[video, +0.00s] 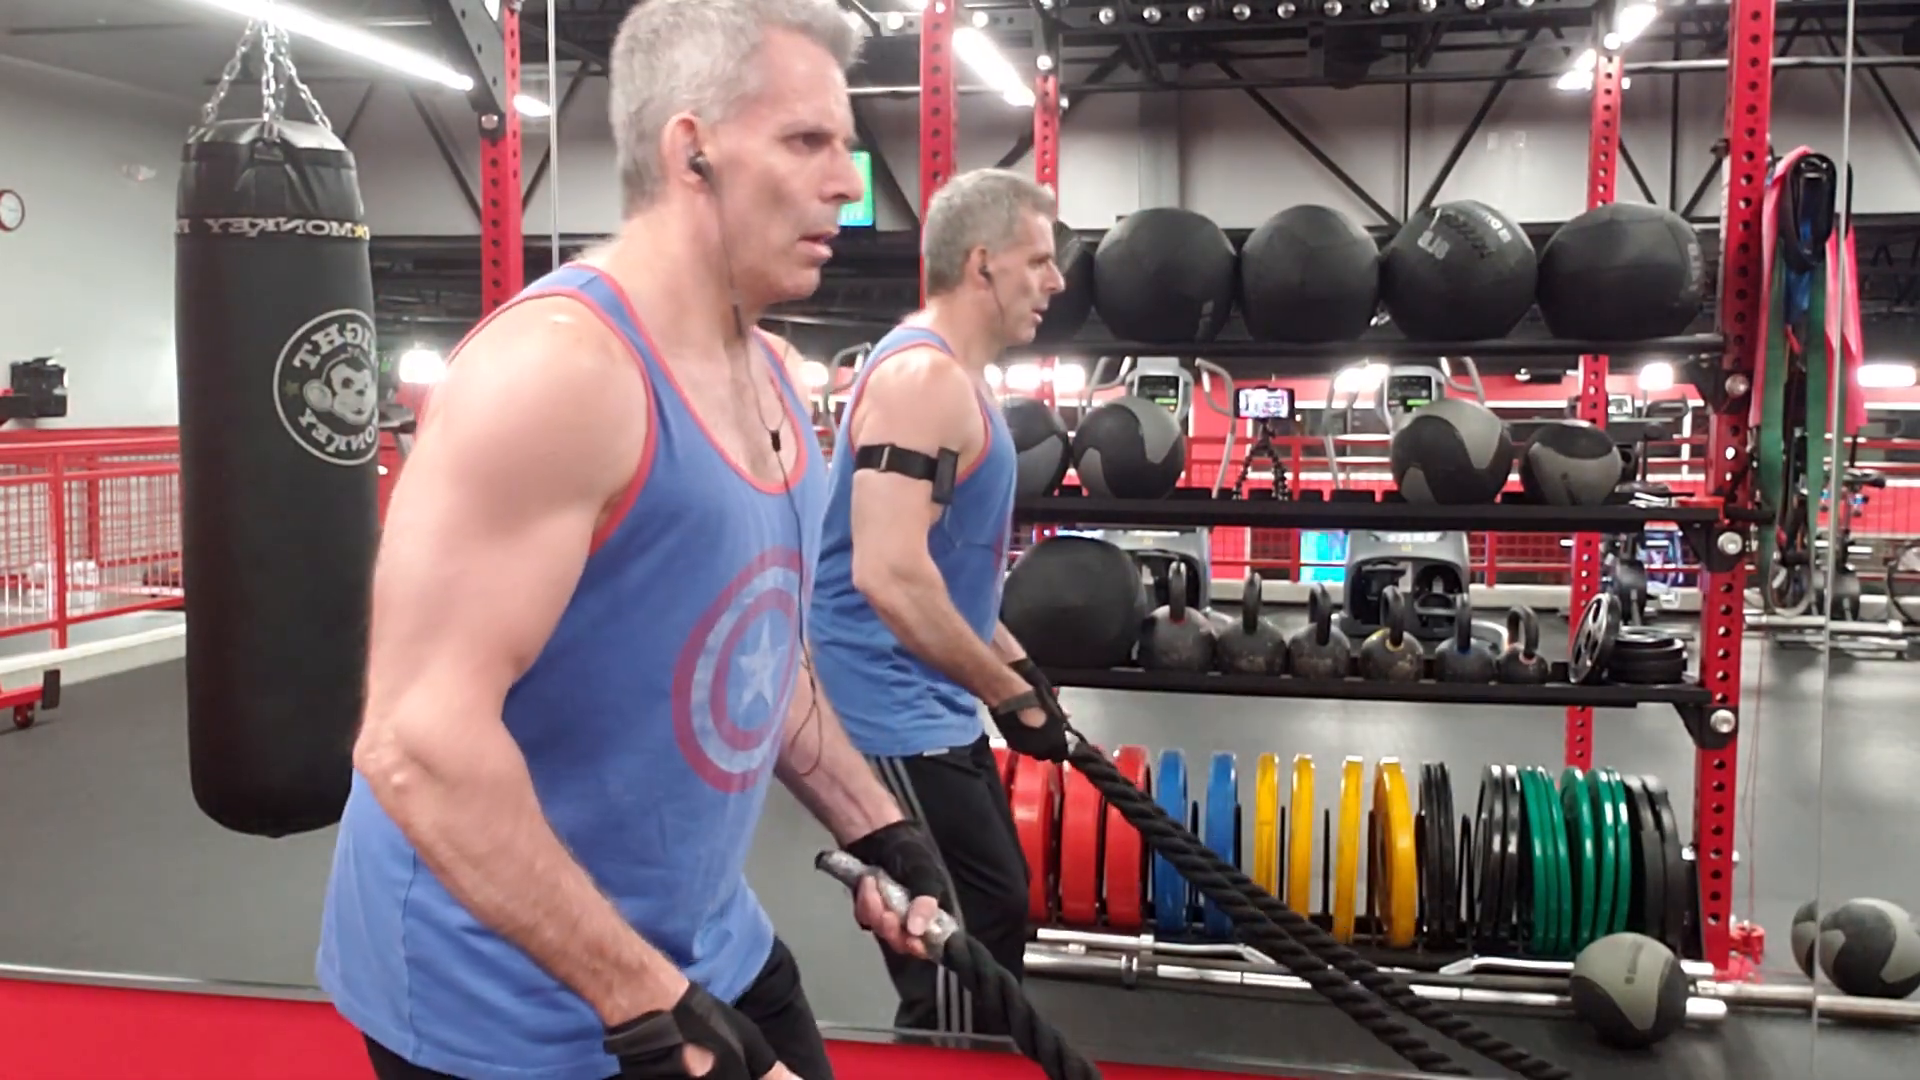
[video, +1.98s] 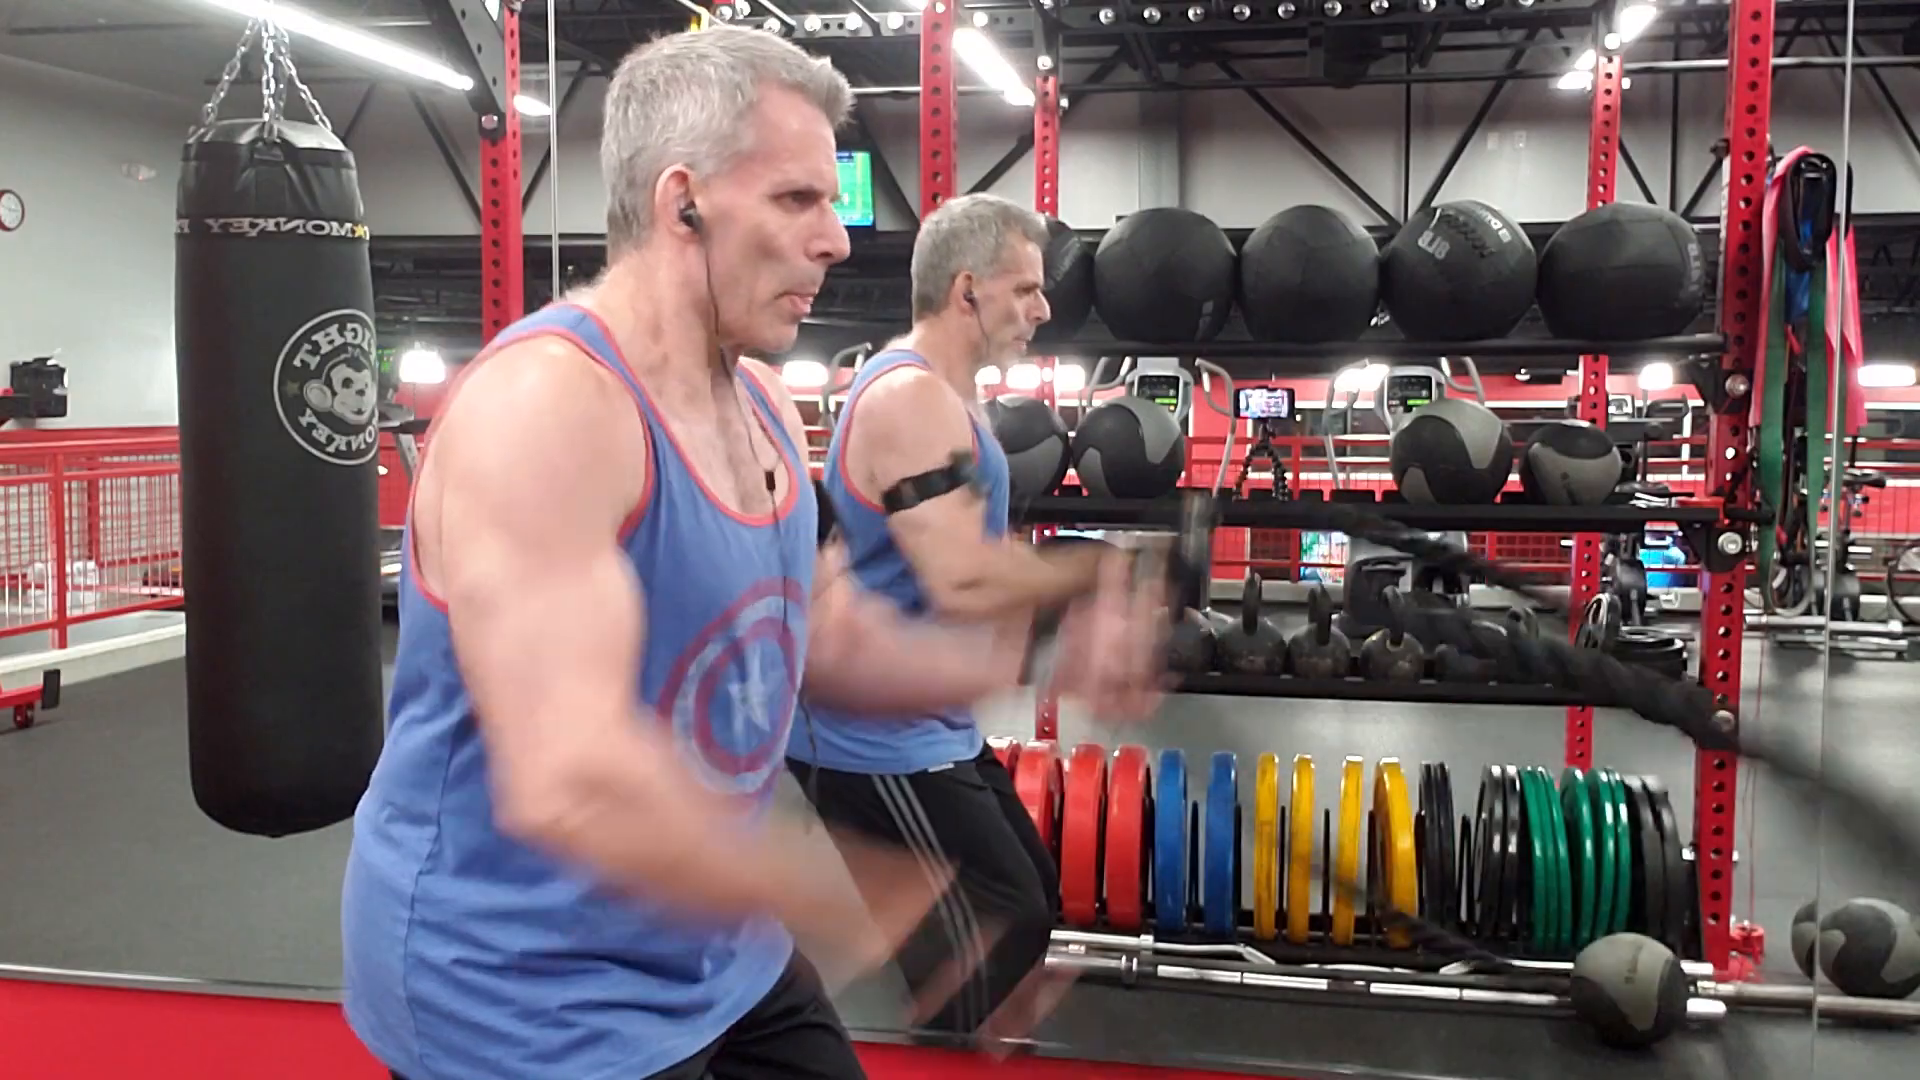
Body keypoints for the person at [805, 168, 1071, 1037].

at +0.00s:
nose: (1055, 284)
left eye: (1055, 263)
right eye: (1040, 261)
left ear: (989, 268)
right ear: (982, 265)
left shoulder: (955, 378)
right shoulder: (923, 377)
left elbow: (948, 571)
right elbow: (889, 574)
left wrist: (1017, 669)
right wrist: (1006, 696)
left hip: (939, 717)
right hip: (894, 725)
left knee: (986, 930)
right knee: (984, 928)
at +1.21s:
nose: (1034, 285)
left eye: (1034, 264)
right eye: (1020, 262)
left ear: (966, 269)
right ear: (963, 267)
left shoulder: (943, 391)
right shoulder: (899, 393)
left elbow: (1000, 543)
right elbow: (871, 594)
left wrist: (1105, 612)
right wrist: (989, 721)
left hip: (924, 743)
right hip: (874, 752)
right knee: (989, 945)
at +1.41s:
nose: (1037, 296)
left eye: (1037, 275)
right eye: (1023, 273)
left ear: (971, 281)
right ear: (965, 277)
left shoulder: (943, 393)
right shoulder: (906, 392)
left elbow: (1000, 540)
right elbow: (884, 585)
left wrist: (1135, 539)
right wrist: (1011, 692)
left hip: (919, 708)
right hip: (871, 714)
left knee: (1012, 911)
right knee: (993, 922)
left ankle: (960, 1058)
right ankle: (952, 1063)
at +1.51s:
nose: (1034, 297)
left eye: (1035, 277)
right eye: (1019, 275)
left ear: (959, 279)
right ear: (957, 276)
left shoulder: (947, 393)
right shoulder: (898, 386)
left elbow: (946, 577)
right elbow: (916, 570)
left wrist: (1031, 659)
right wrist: (1076, 589)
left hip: (926, 715)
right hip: (866, 725)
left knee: (1022, 907)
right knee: (976, 929)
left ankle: (979, 1061)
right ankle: (952, 1068)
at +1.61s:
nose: (1032, 301)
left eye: (1032, 281)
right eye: (1018, 279)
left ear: (961, 283)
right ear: (955, 280)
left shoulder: (941, 394)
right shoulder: (899, 388)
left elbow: (969, 565)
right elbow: (950, 563)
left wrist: (1076, 574)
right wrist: (1084, 544)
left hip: (930, 716)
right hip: (872, 725)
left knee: (1024, 907)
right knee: (996, 929)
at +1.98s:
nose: (1042, 313)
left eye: (1041, 293)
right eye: (1027, 291)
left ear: (969, 295)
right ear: (967, 293)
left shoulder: (944, 395)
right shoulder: (909, 398)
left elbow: (975, 565)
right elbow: (959, 580)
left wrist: (1092, 581)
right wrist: (1107, 560)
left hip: (928, 728)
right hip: (876, 739)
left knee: (1029, 918)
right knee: (1007, 927)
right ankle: (923, 1067)